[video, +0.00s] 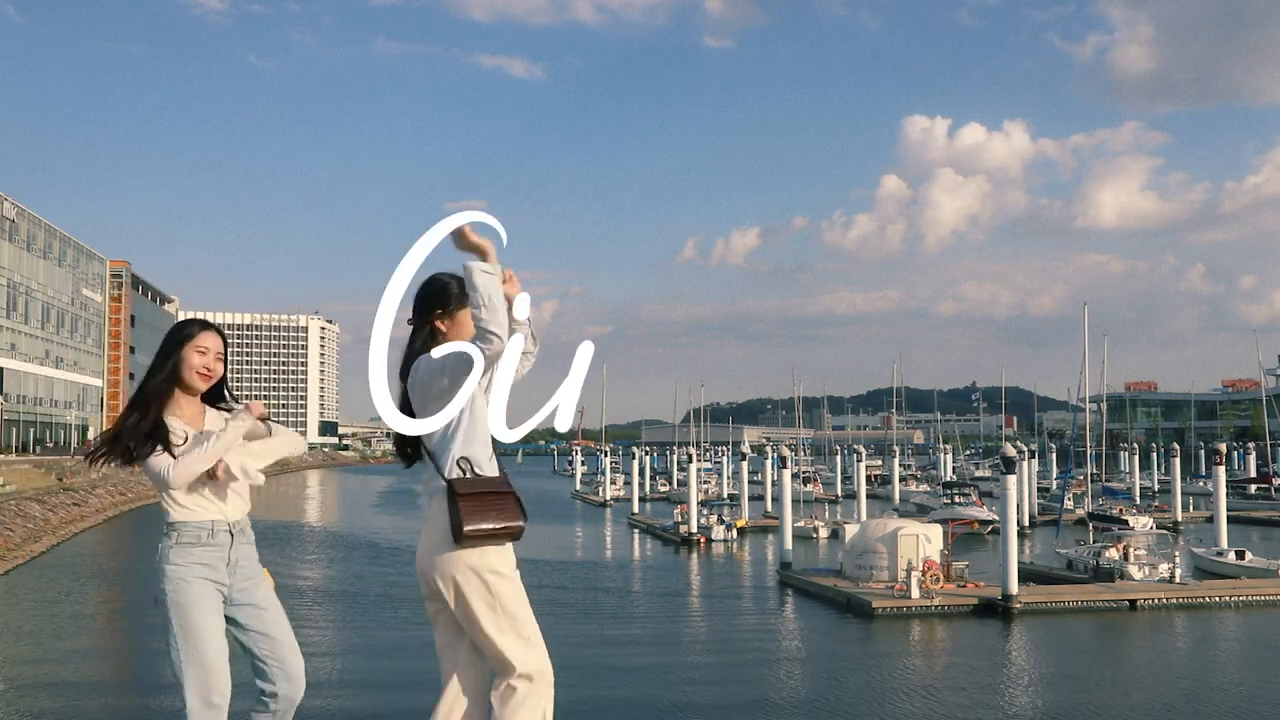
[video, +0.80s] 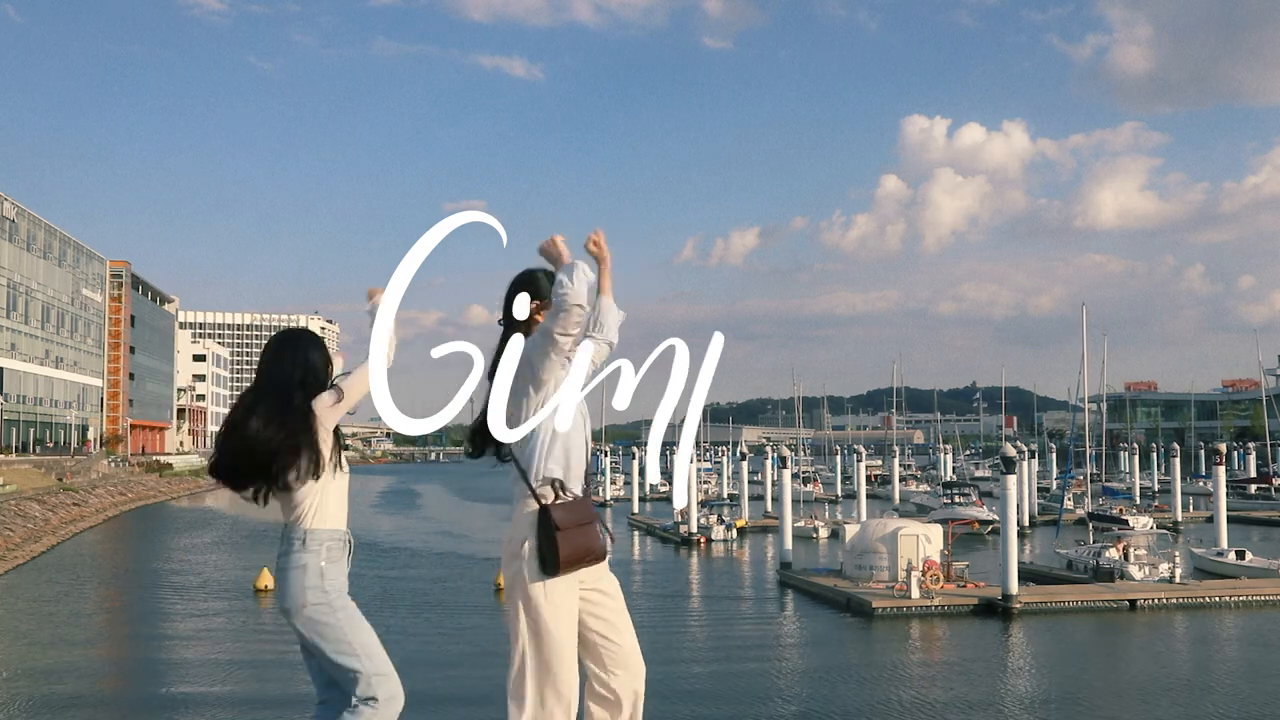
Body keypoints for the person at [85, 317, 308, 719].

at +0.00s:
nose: (211, 364)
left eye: (219, 358)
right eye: (200, 352)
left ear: (223, 368)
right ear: (174, 356)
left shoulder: (231, 418)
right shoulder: (147, 423)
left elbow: (296, 442)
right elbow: (174, 476)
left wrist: (237, 461)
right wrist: (239, 424)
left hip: (245, 558)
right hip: (190, 560)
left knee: (288, 681)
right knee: (210, 696)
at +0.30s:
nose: (241, 364)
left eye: (248, 357)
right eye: (230, 353)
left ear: (252, 365)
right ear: (203, 357)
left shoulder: (258, 405)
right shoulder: (178, 426)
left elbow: (329, 409)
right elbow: (212, 461)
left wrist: (284, 431)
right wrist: (259, 400)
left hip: (277, 559)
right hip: (220, 559)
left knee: (309, 685)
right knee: (218, 696)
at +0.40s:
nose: (259, 361)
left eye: (265, 354)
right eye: (248, 350)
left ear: (269, 364)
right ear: (219, 356)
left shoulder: (277, 412)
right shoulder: (198, 423)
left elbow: (341, 421)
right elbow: (219, 462)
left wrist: (295, 407)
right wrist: (284, 435)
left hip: (283, 561)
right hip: (232, 560)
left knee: (319, 687)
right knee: (220, 697)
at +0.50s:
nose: (283, 366)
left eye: (283, 357)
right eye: (273, 356)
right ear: (243, 364)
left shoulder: (282, 422)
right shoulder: (222, 428)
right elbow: (258, 468)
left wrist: (314, 435)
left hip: (297, 562)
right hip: (257, 562)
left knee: (325, 695)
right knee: (245, 699)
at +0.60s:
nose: (302, 374)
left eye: (299, 365)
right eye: (296, 366)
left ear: (273, 378)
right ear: (275, 376)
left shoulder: (282, 434)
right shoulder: (253, 434)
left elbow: (335, 464)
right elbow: (328, 438)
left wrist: (391, 461)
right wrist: (331, 434)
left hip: (312, 568)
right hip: (279, 572)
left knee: (337, 693)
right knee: (298, 701)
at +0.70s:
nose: (315, 379)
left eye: (312, 371)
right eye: (310, 371)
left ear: (266, 377)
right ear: (298, 377)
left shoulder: (286, 434)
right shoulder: (292, 426)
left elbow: (347, 448)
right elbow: (361, 384)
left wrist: (390, 430)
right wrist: (352, 366)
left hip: (309, 580)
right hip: (299, 583)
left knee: (348, 697)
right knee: (351, 706)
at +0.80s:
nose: (336, 365)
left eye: (331, 358)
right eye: (327, 360)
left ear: (280, 371)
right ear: (311, 370)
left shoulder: (285, 423)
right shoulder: (317, 414)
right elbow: (380, 360)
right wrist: (381, 309)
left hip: (301, 579)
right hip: (317, 583)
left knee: (334, 700)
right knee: (382, 695)